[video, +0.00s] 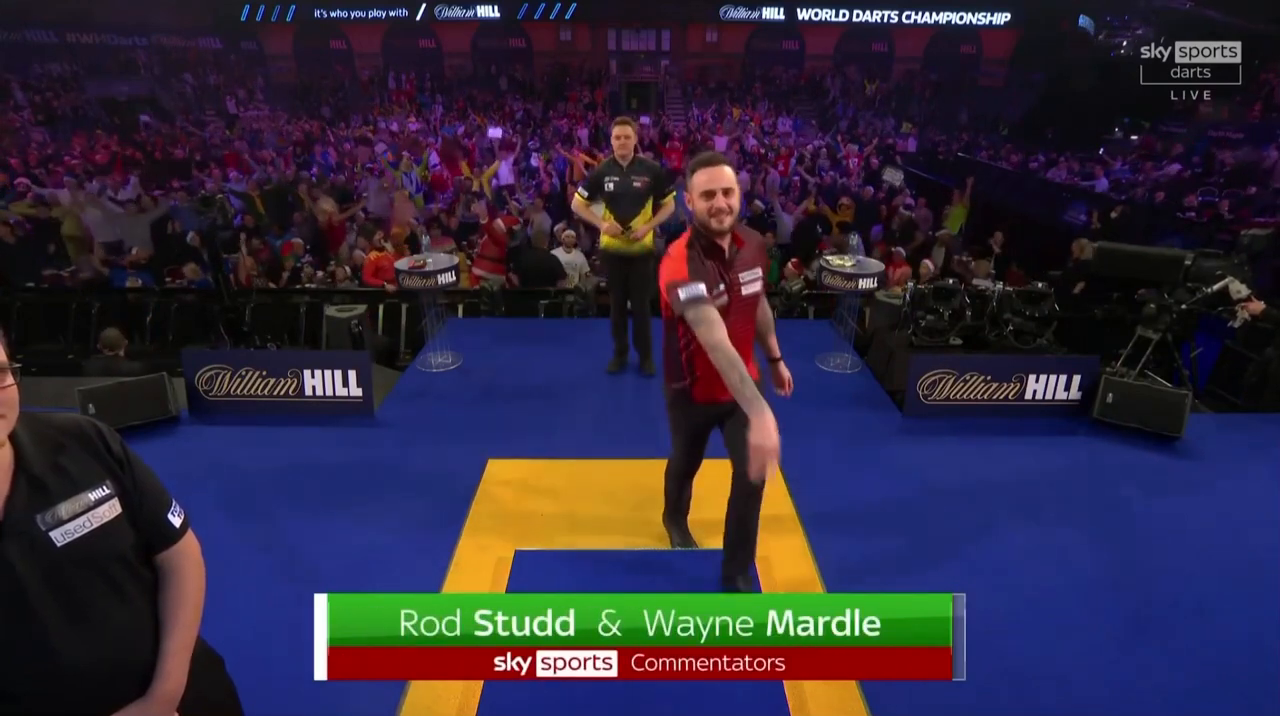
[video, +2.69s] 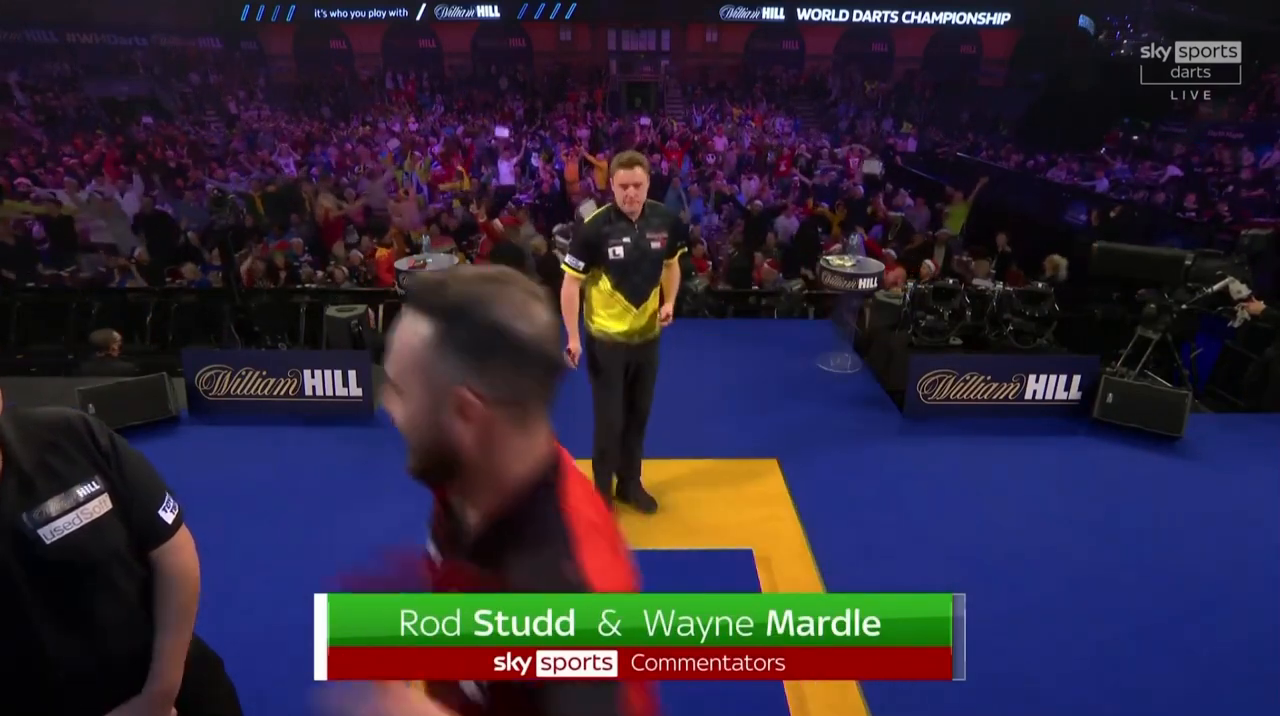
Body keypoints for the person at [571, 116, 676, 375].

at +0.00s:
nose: (621, 143)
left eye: (626, 138)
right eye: (617, 138)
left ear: (635, 140)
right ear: (611, 141)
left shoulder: (653, 171)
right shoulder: (602, 172)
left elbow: (669, 204)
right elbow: (577, 203)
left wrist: (648, 225)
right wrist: (602, 223)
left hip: (642, 250)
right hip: (613, 251)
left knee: (642, 307)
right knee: (617, 307)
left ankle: (645, 357)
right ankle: (619, 355)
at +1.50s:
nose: (632, 174)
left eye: (636, 168)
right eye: (626, 168)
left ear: (645, 163)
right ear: (618, 164)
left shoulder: (663, 191)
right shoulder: (605, 191)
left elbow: (675, 229)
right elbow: (586, 228)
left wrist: (654, 250)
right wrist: (611, 251)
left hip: (647, 276)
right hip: (612, 275)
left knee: (643, 337)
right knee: (610, 337)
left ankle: (641, 389)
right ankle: (615, 388)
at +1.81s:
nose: (621, 190)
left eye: (626, 183)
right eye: (616, 184)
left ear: (636, 176)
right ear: (606, 179)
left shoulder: (656, 202)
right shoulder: (594, 207)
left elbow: (670, 244)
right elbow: (575, 248)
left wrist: (647, 267)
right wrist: (607, 272)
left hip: (642, 292)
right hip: (606, 293)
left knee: (640, 350)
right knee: (607, 367)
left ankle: (640, 391)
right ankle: (603, 440)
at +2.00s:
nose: (615, 196)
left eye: (620, 189)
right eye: (609, 190)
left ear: (630, 180)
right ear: (599, 182)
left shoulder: (649, 203)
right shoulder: (585, 209)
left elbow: (660, 244)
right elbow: (561, 252)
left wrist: (646, 276)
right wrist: (590, 285)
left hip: (635, 304)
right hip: (596, 306)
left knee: (641, 367)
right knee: (600, 377)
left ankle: (633, 397)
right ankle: (603, 444)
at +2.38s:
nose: (621, 207)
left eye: (627, 200)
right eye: (615, 200)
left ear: (637, 189)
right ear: (603, 190)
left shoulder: (652, 214)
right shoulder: (585, 223)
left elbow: (659, 256)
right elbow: (560, 271)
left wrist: (651, 296)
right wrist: (565, 320)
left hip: (638, 317)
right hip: (595, 320)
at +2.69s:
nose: (631, 193)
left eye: (637, 185)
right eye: (624, 186)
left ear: (648, 185)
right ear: (612, 186)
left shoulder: (667, 221)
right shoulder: (593, 229)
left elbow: (672, 264)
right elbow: (571, 282)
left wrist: (669, 301)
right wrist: (573, 336)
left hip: (647, 337)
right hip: (606, 339)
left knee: (638, 416)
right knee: (610, 419)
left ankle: (630, 483)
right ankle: (603, 493)